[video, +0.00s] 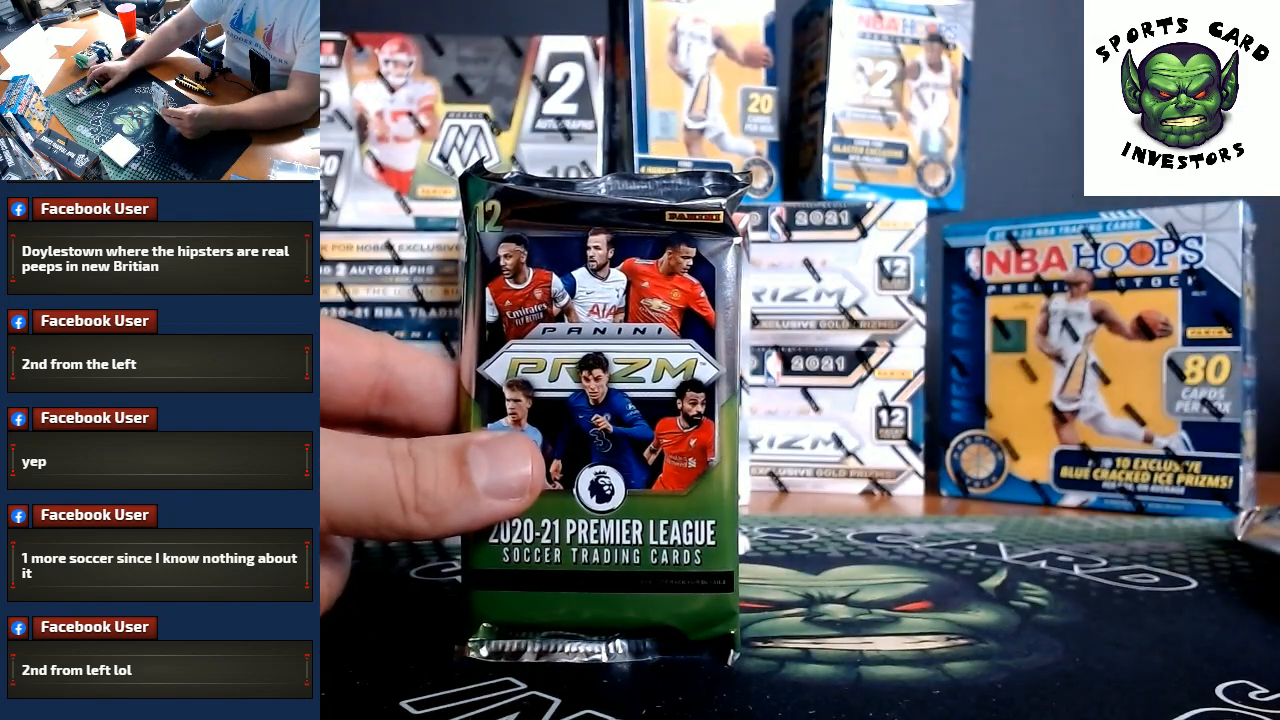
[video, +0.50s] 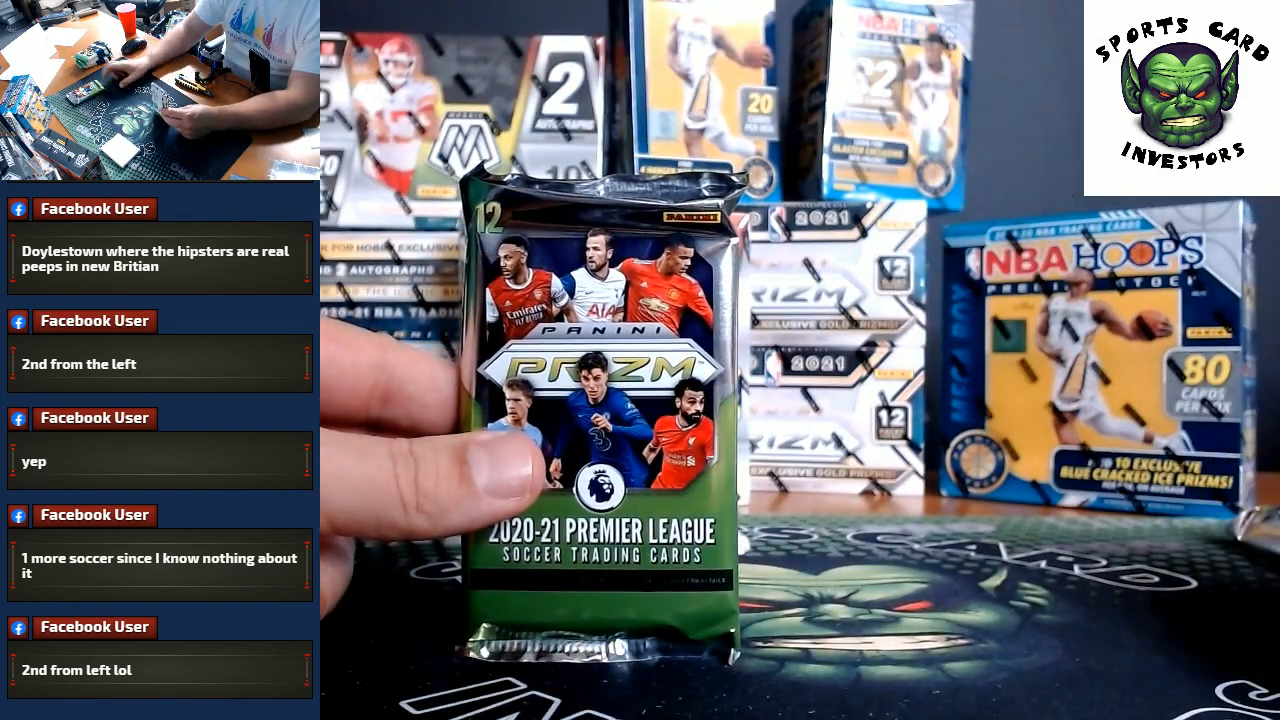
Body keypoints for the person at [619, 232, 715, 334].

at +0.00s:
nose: (690, 263)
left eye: (692, 258)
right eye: (685, 258)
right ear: (669, 254)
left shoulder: (691, 287)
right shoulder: (634, 267)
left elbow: (716, 322)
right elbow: (606, 285)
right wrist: (619, 311)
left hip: (668, 348)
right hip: (633, 345)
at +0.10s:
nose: (689, 263)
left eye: (691, 258)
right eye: (684, 258)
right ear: (668, 254)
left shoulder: (691, 286)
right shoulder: (633, 267)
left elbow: (714, 321)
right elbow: (605, 284)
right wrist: (617, 310)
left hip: (667, 348)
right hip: (632, 345)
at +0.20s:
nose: (689, 263)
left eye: (690, 258)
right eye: (684, 258)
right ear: (668, 254)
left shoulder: (690, 286)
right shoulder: (633, 267)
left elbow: (714, 320)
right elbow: (605, 285)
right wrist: (617, 310)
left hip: (667, 347)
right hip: (632, 344)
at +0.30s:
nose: (688, 263)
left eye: (690, 258)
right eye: (683, 258)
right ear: (667, 254)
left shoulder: (690, 286)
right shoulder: (633, 267)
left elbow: (713, 321)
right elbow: (604, 284)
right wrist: (617, 311)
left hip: (667, 347)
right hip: (632, 345)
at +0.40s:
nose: (688, 263)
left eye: (690, 258)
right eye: (683, 258)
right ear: (667, 254)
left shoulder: (689, 286)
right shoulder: (633, 267)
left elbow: (714, 321)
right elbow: (604, 285)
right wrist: (617, 311)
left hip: (667, 347)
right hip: (633, 345)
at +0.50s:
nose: (688, 263)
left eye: (690, 258)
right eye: (683, 258)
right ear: (667, 254)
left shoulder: (689, 286)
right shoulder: (633, 267)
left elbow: (714, 321)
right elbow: (605, 286)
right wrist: (617, 310)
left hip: (667, 347)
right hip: (632, 344)